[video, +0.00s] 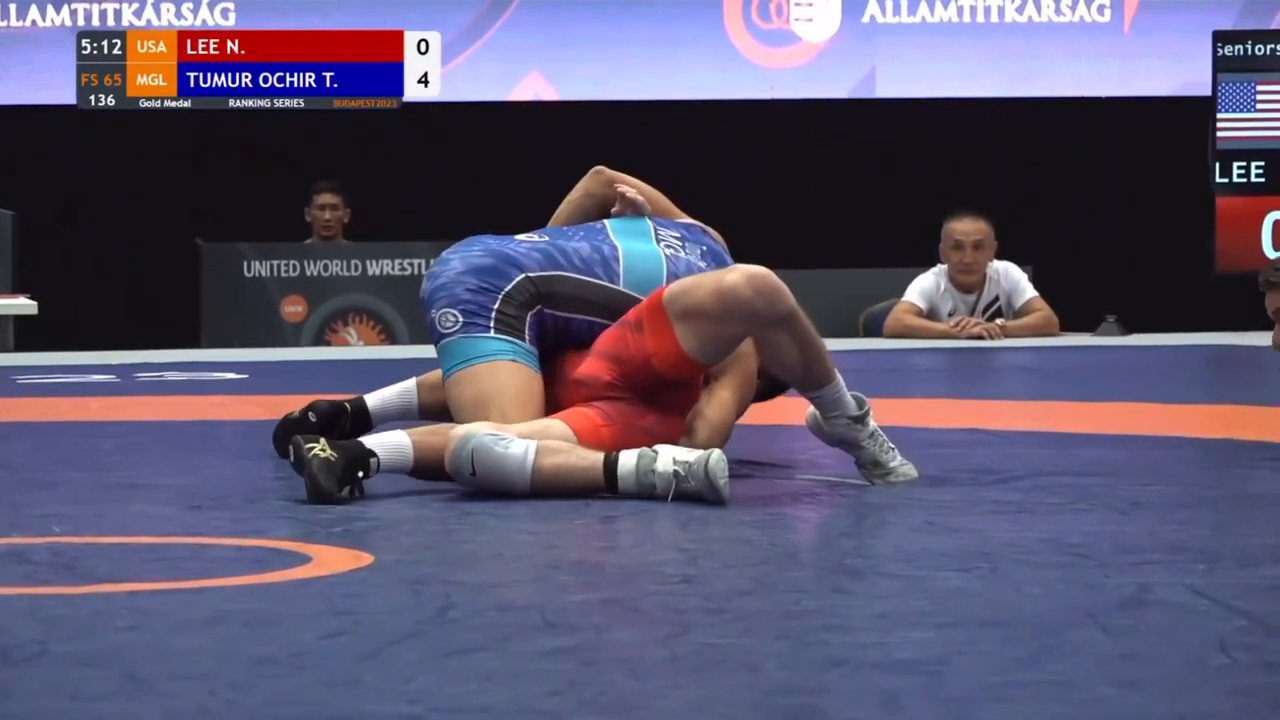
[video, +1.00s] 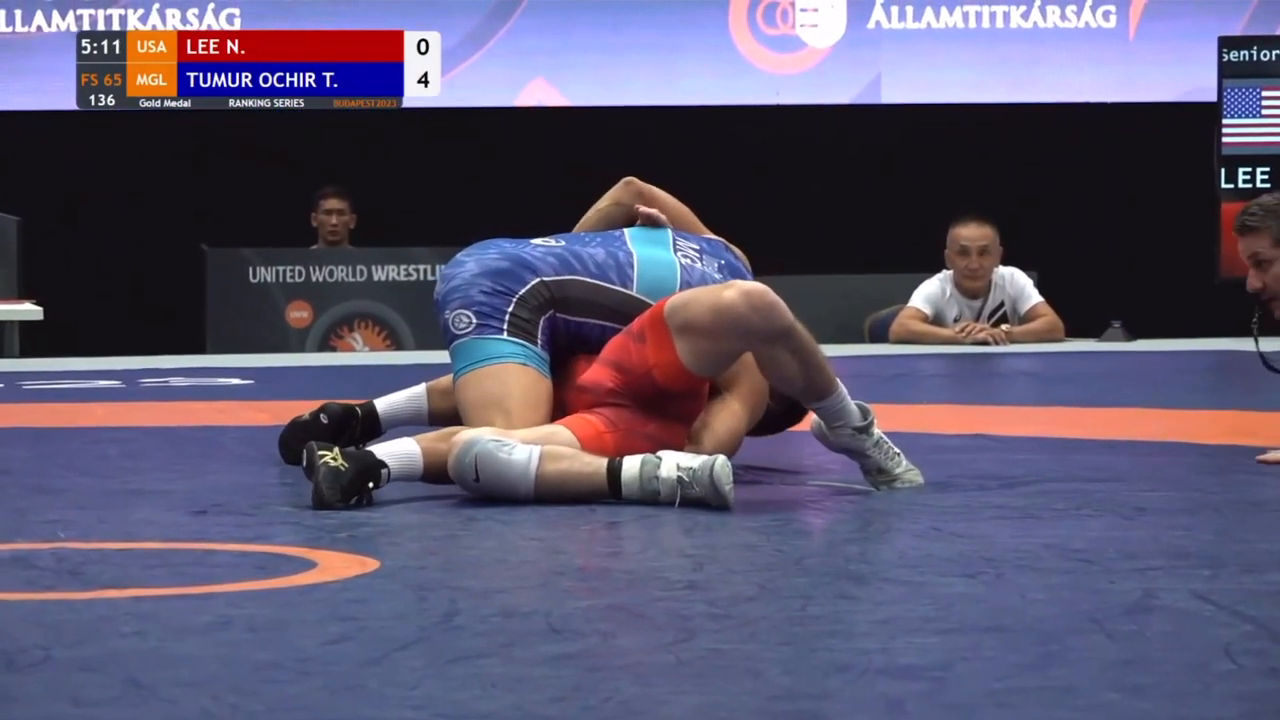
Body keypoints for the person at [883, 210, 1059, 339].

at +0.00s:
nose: (967, 258)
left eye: (978, 248)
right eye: (957, 248)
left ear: (993, 250)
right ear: (942, 251)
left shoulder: (1008, 274)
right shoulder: (929, 282)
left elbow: (1049, 323)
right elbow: (895, 325)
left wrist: (996, 328)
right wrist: (957, 330)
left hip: (1001, 372)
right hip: (942, 374)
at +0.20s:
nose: (967, 260)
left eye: (978, 250)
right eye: (957, 249)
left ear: (993, 251)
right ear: (942, 252)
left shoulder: (1007, 276)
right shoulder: (929, 283)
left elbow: (1049, 325)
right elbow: (894, 326)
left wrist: (995, 329)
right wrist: (957, 332)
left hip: (1000, 373)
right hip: (942, 375)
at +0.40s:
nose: (968, 262)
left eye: (979, 251)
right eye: (958, 251)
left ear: (994, 252)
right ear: (942, 254)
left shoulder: (1008, 277)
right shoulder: (930, 285)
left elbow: (1050, 326)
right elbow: (895, 328)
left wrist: (995, 331)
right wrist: (958, 333)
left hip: (1001, 375)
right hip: (943, 377)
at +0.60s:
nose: (970, 263)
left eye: (980, 252)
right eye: (959, 253)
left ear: (996, 254)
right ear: (944, 256)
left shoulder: (1010, 279)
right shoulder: (931, 287)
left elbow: (1051, 328)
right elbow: (896, 330)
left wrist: (994, 334)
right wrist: (962, 336)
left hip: (1004, 381)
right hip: (944, 383)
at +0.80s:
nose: (972, 264)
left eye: (982, 253)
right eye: (962, 253)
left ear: (997, 254)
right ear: (945, 255)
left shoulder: (1011, 279)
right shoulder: (933, 287)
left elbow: (1053, 328)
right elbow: (899, 330)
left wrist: (999, 333)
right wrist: (961, 336)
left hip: (1004, 377)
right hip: (946, 378)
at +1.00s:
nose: (974, 264)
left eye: (984, 253)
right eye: (963, 254)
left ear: (999, 255)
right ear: (947, 256)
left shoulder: (1013, 280)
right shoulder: (935, 287)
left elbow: (1054, 329)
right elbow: (900, 330)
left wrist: (1000, 334)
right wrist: (962, 336)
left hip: (1005, 377)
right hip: (948, 378)